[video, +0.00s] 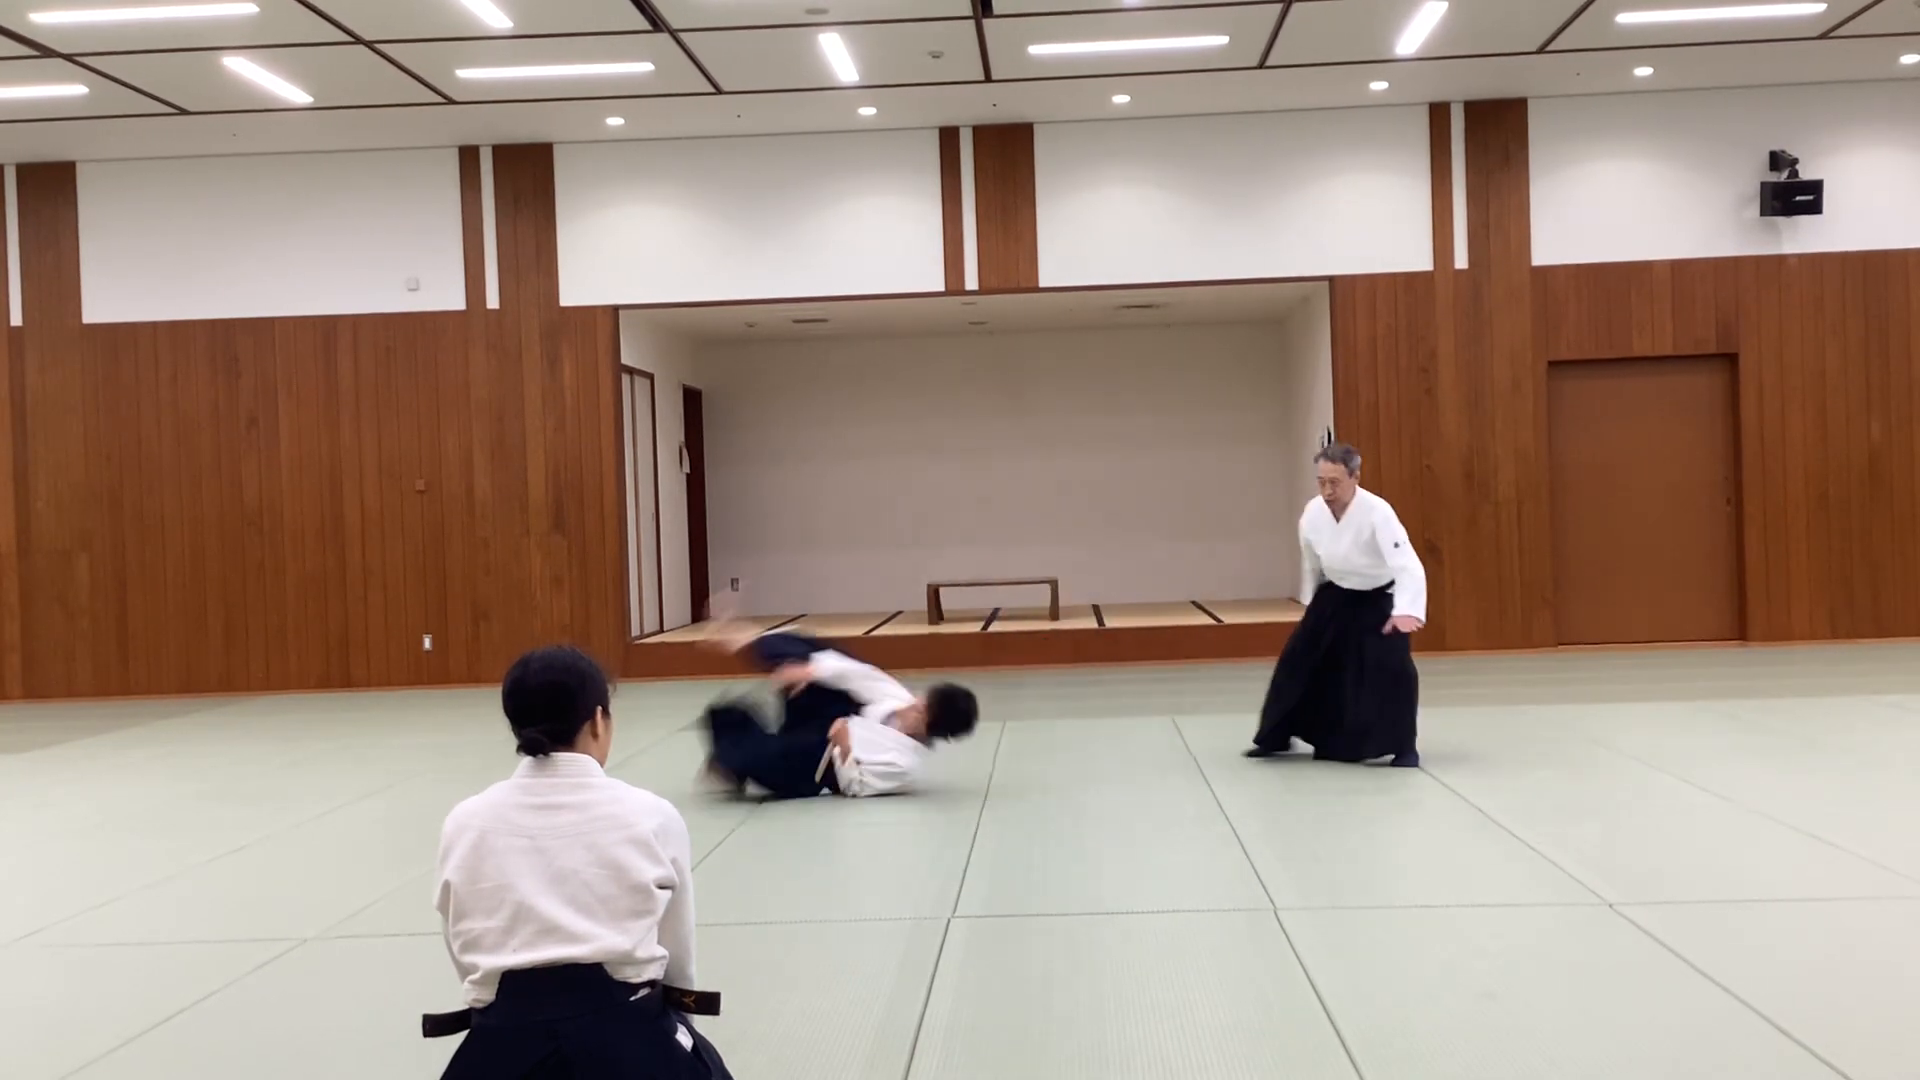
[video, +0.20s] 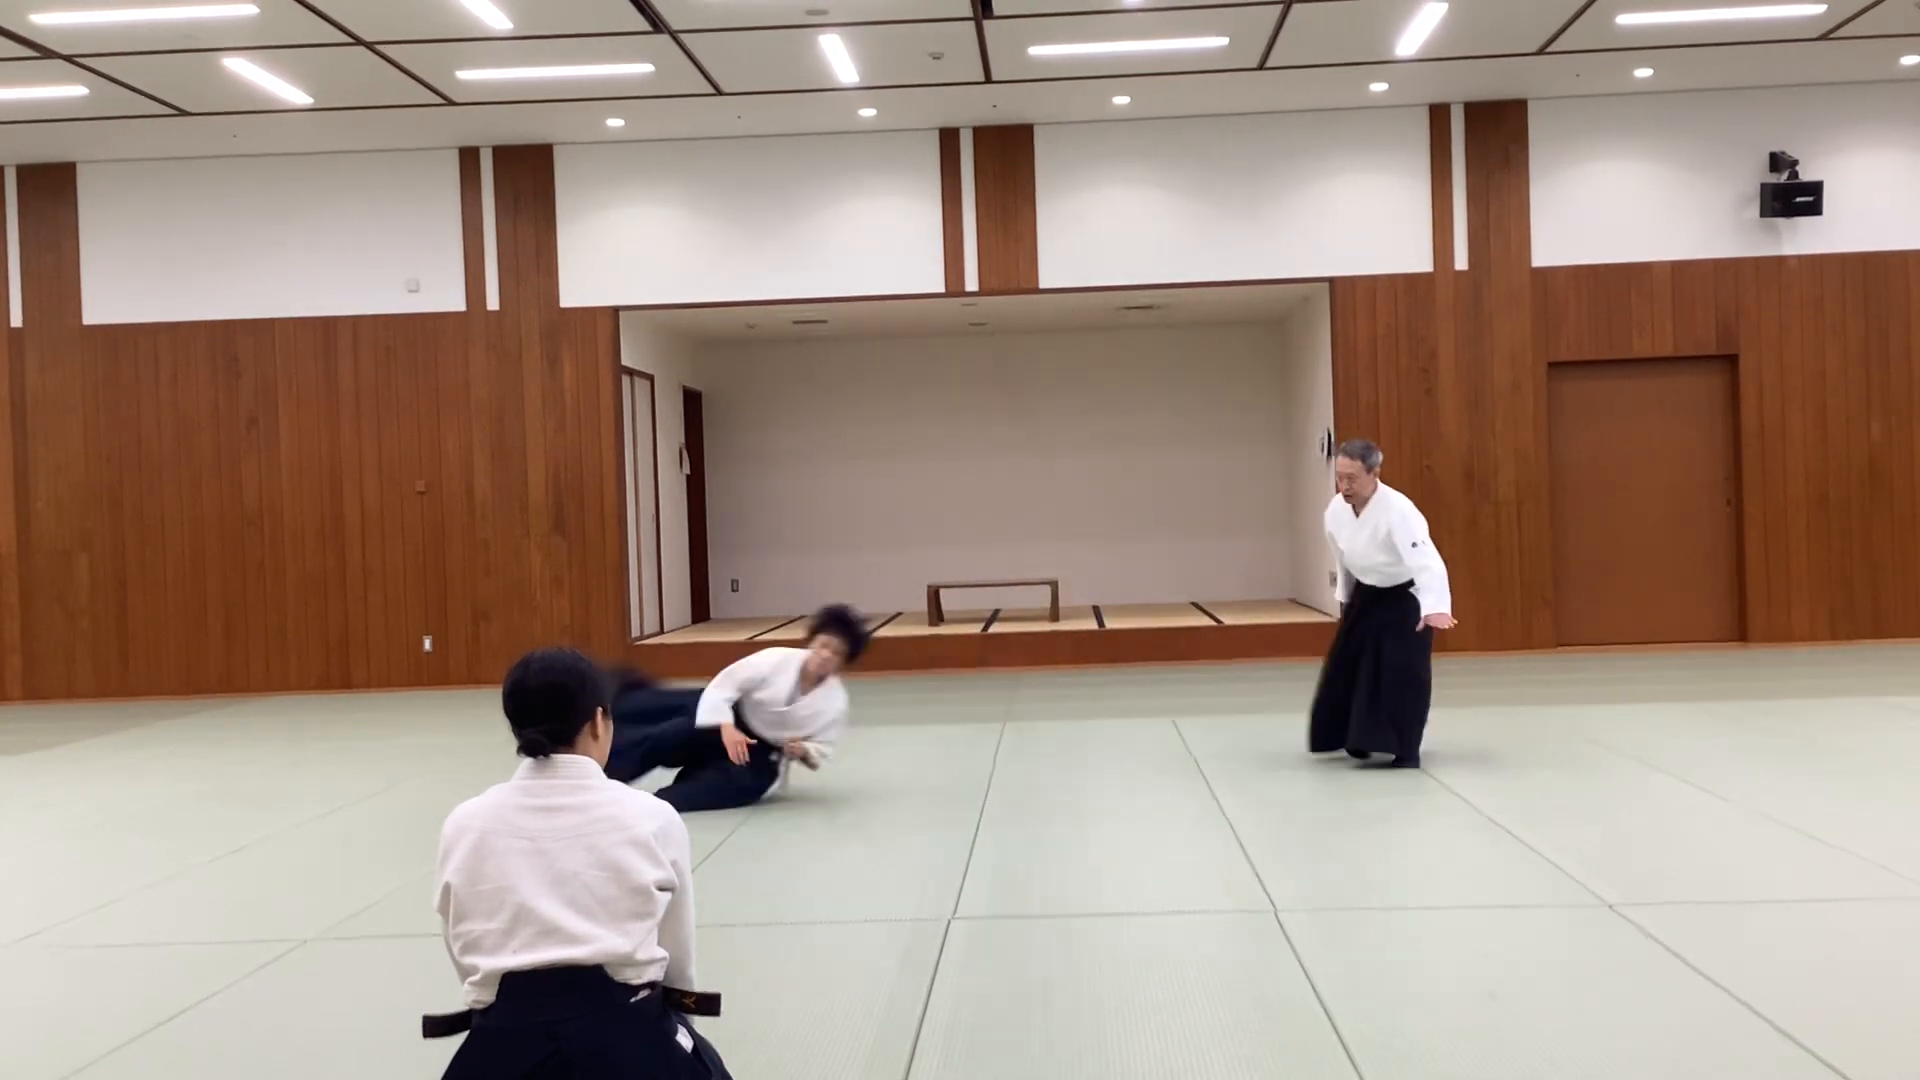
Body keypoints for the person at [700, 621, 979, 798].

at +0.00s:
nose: (911, 704)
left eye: (919, 709)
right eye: (919, 700)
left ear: (927, 726)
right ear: (921, 699)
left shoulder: (906, 764)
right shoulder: (899, 699)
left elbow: (855, 785)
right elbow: (858, 674)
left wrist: (843, 749)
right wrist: (810, 670)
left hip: (815, 764)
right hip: (819, 719)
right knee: (823, 658)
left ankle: (732, 718)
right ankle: (754, 644)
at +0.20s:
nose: (825, 656)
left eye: (835, 653)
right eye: (823, 645)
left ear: (844, 663)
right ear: (811, 641)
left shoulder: (835, 702)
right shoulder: (775, 662)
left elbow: (823, 751)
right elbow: (720, 687)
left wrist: (804, 750)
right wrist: (727, 728)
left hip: (764, 753)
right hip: (729, 720)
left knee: (737, 788)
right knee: (663, 739)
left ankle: (649, 809)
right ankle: (596, 781)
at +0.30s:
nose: (787, 637)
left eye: (795, 632)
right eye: (781, 627)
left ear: (801, 638)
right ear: (766, 625)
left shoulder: (794, 682)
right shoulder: (727, 647)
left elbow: (777, 730)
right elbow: (691, 694)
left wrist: (768, 732)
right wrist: (727, 724)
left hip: (726, 740)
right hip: (684, 713)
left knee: (723, 790)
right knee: (642, 736)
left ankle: (646, 809)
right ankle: (603, 793)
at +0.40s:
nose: (756, 613)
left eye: (761, 606)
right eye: (750, 604)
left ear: (764, 610)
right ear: (733, 602)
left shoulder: (757, 652)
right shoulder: (690, 628)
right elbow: (669, 683)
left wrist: (743, 705)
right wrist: (720, 697)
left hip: (700, 720)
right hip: (654, 701)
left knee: (716, 791)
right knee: (627, 732)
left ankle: (661, 765)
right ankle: (594, 796)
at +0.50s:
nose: (720, 585)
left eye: (723, 577)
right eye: (711, 577)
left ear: (727, 580)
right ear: (690, 578)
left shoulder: (726, 624)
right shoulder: (655, 609)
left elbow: (720, 688)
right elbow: (644, 662)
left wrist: (724, 680)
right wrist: (696, 674)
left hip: (682, 709)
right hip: (636, 698)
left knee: (708, 790)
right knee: (604, 762)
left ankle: (654, 764)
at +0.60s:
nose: (696, 560)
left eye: (699, 553)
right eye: (688, 553)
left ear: (702, 556)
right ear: (664, 558)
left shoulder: (706, 601)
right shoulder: (632, 592)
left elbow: (714, 645)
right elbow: (619, 644)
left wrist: (703, 654)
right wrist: (668, 653)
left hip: (673, 693)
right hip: (629, 689)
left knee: (684, 791)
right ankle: (598, 782)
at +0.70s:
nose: (690, 539)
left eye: (691, 531)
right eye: (681, 532)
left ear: (693, 534)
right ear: (657, 538)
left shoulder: (698, 581)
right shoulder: (624, 574)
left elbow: (705, 628)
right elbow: (606, 629)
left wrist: (689, 642)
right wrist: (656, 644)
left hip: (667, 672)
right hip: (621, 670)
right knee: (601, 742)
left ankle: (648, 802)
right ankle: (586, 804)